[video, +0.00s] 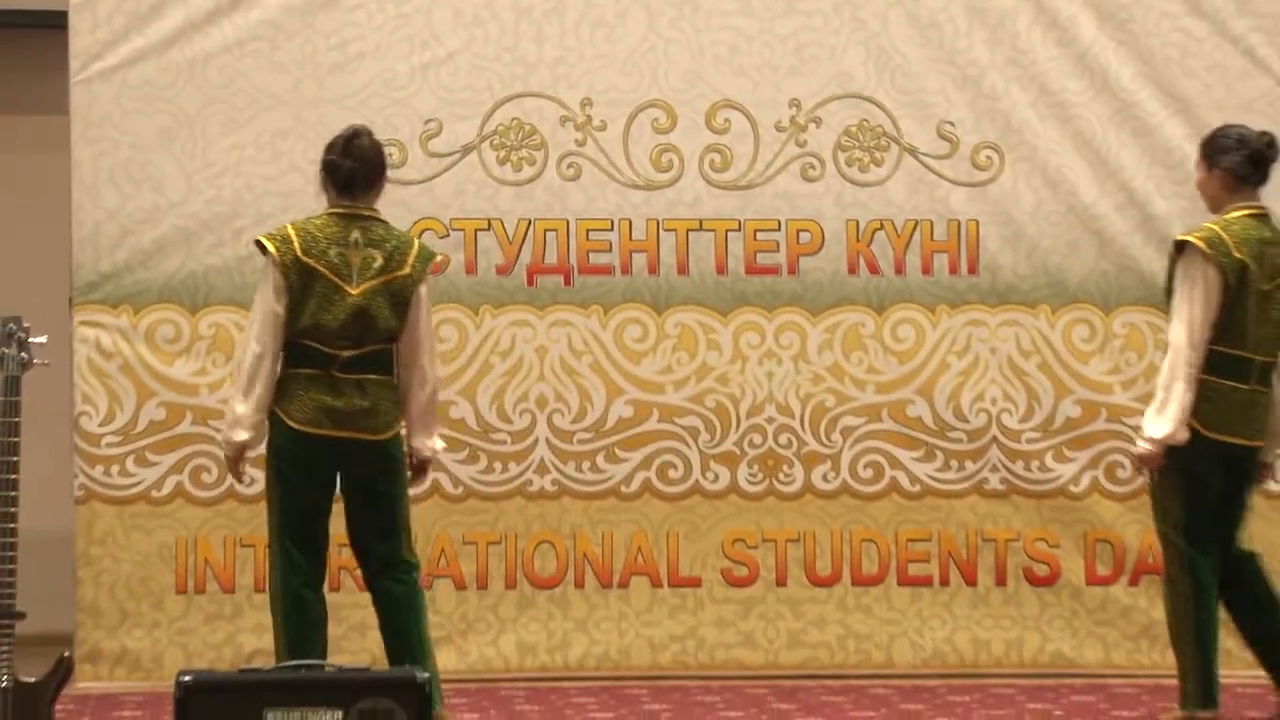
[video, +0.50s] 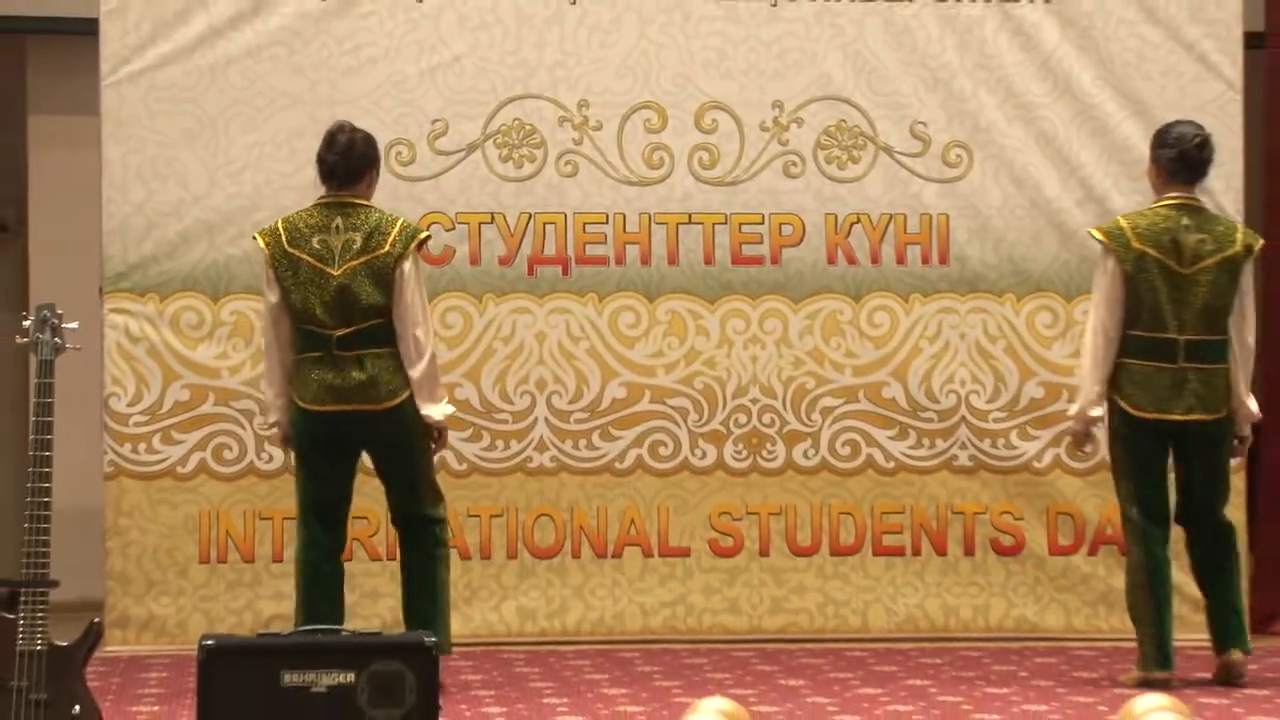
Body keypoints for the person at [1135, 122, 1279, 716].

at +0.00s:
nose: (1195, 180)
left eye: (1198, 170)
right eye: (1198, 169)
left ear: (1214, 175)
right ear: (1254, 177)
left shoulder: (1207, 246)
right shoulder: (1271, 242)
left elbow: (1188, 345)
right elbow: (1274, 361)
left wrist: (1160, 427)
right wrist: (1270, 444)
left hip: (1198, 435)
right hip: (1247, 436)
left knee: (1187, 565)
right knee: (1224, 554)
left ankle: (1197, 703)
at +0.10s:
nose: (1180, 177)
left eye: (1183, 168)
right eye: (1184, 167)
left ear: (1196, 173)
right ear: (1241, 176)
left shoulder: (1186, 243)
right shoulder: (1269, 246)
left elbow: (1166, 340)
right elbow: (1267, 351)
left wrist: (1143, 419)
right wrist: (1258, 431)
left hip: (1178, 426)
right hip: (1229, 429)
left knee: (1170, 549)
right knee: (1188, 536)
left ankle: (1186, 692)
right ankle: (1243, 661)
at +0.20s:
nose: (1172, 174)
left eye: (1175, 165)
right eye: (1178, 164)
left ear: (1185, 170)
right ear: (1232, 174)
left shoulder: (1171, 241)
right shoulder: (1263, 246)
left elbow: (1154, 338)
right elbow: (1264, 346)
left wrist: (1136, 414)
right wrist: (1255, 425)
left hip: (1171, 420)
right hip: (1224, 424)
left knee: (1160, 538)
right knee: (1175, 525)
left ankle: (1183, 682)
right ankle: (1216, 649)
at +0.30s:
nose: (1163, 171)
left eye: (1165, 163)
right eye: (1168, 162)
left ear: (1174, 168)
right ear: (1223, 171)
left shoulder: (1153, 238)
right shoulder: (1259, 246)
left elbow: (1134, 329)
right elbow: (1258, 343)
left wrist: (1124, 400)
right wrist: (1251, 418)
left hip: (1160, 414)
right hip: (1218, 419)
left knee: (1158, 538)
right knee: (1178, 517)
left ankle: (1177, 677)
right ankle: (1206, 638)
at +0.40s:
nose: (1157, 170)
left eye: (1160, 161)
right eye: (1162, 160)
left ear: (1168, 167)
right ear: (1216, 170)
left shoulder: (1141, 237)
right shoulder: (1250, 243)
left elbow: (1121, 325)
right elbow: (1250, 339)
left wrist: (1111, 398)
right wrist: (1248, 414)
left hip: (1151, 411)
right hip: (1215, 415)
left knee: (1154, 531)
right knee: (1193, 515)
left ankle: (1168, 672)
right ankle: (1214, 633)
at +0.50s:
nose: (1146, 171)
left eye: (1148, 163)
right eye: (1153, 162)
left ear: (1155, 169)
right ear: (1204, 171)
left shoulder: (1124, 237)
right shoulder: (1237, 242)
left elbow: (1104, 326)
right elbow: (1242, 333)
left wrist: (1089, 399)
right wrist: (1241, 403)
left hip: (1137, 407)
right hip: (1207, 410)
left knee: (1145, 527)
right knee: (1207, 518)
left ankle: (1154, 661)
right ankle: (1232, 647)